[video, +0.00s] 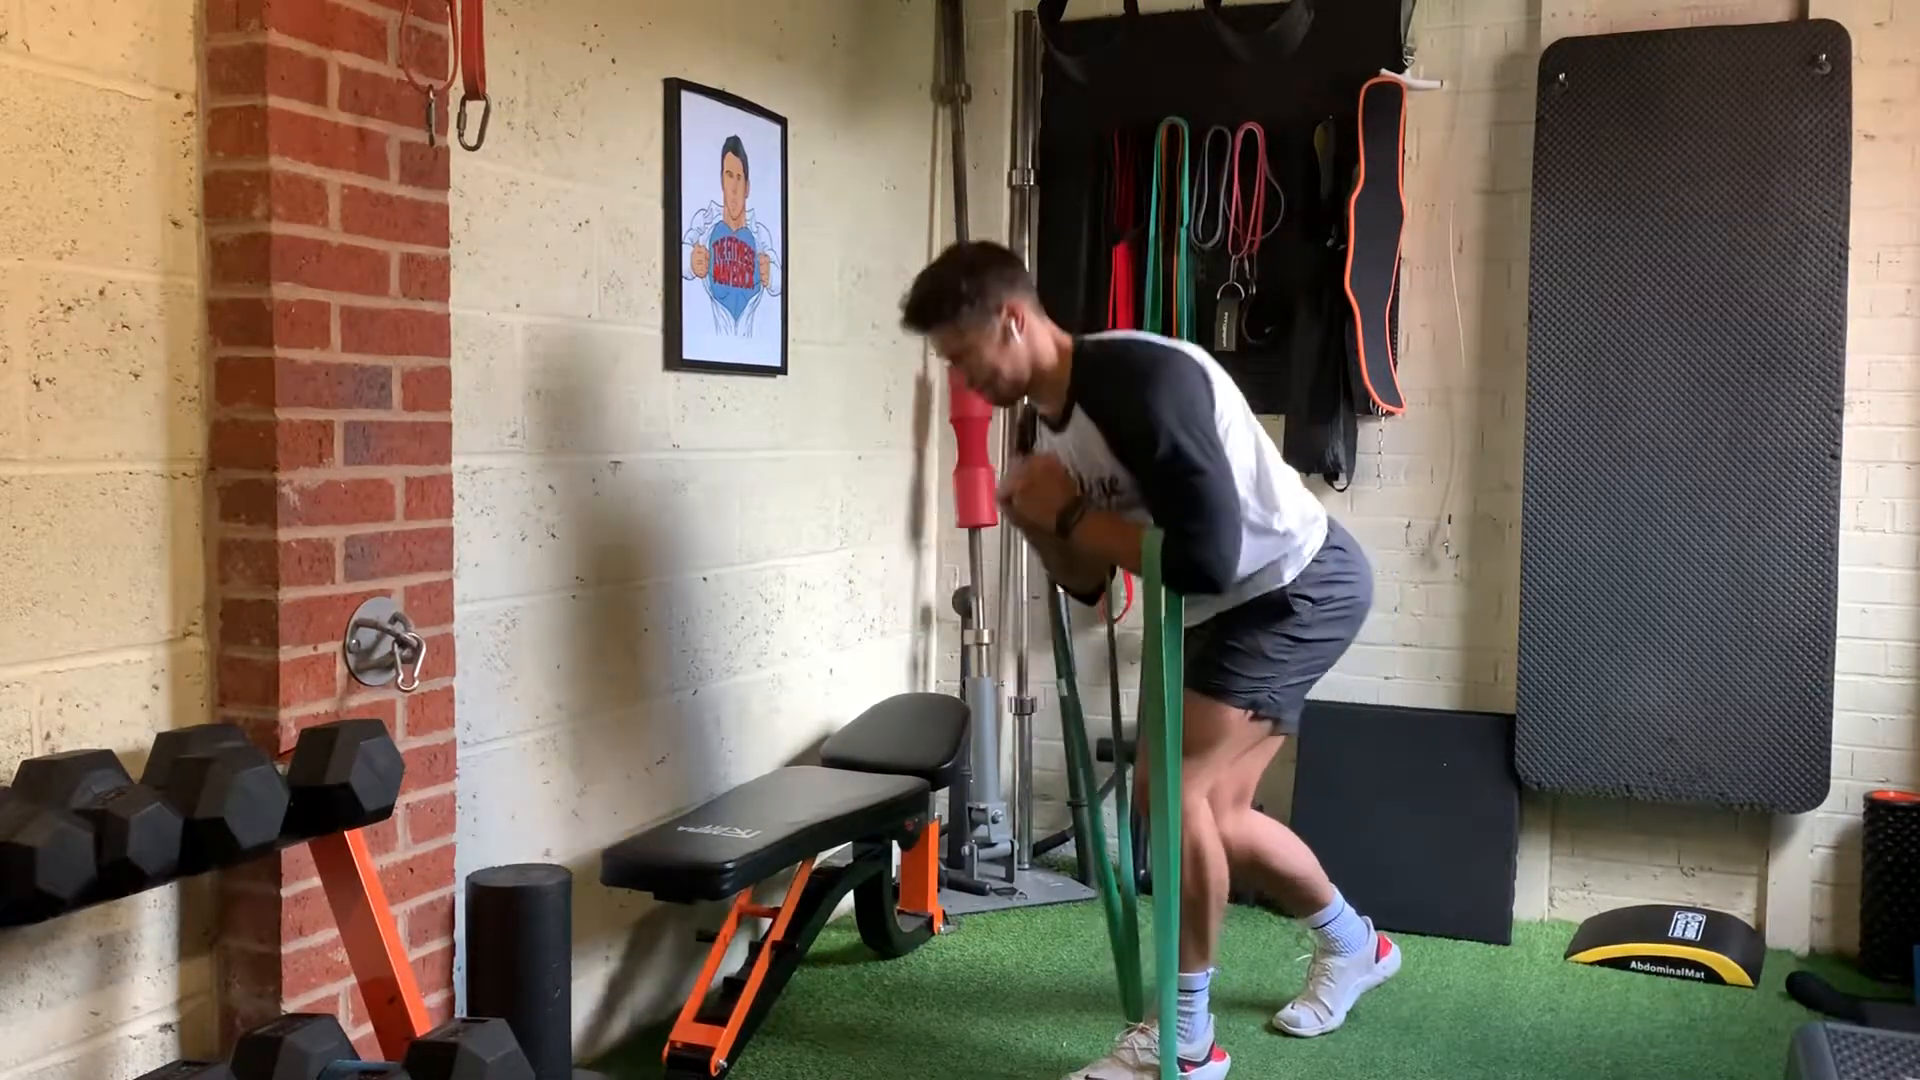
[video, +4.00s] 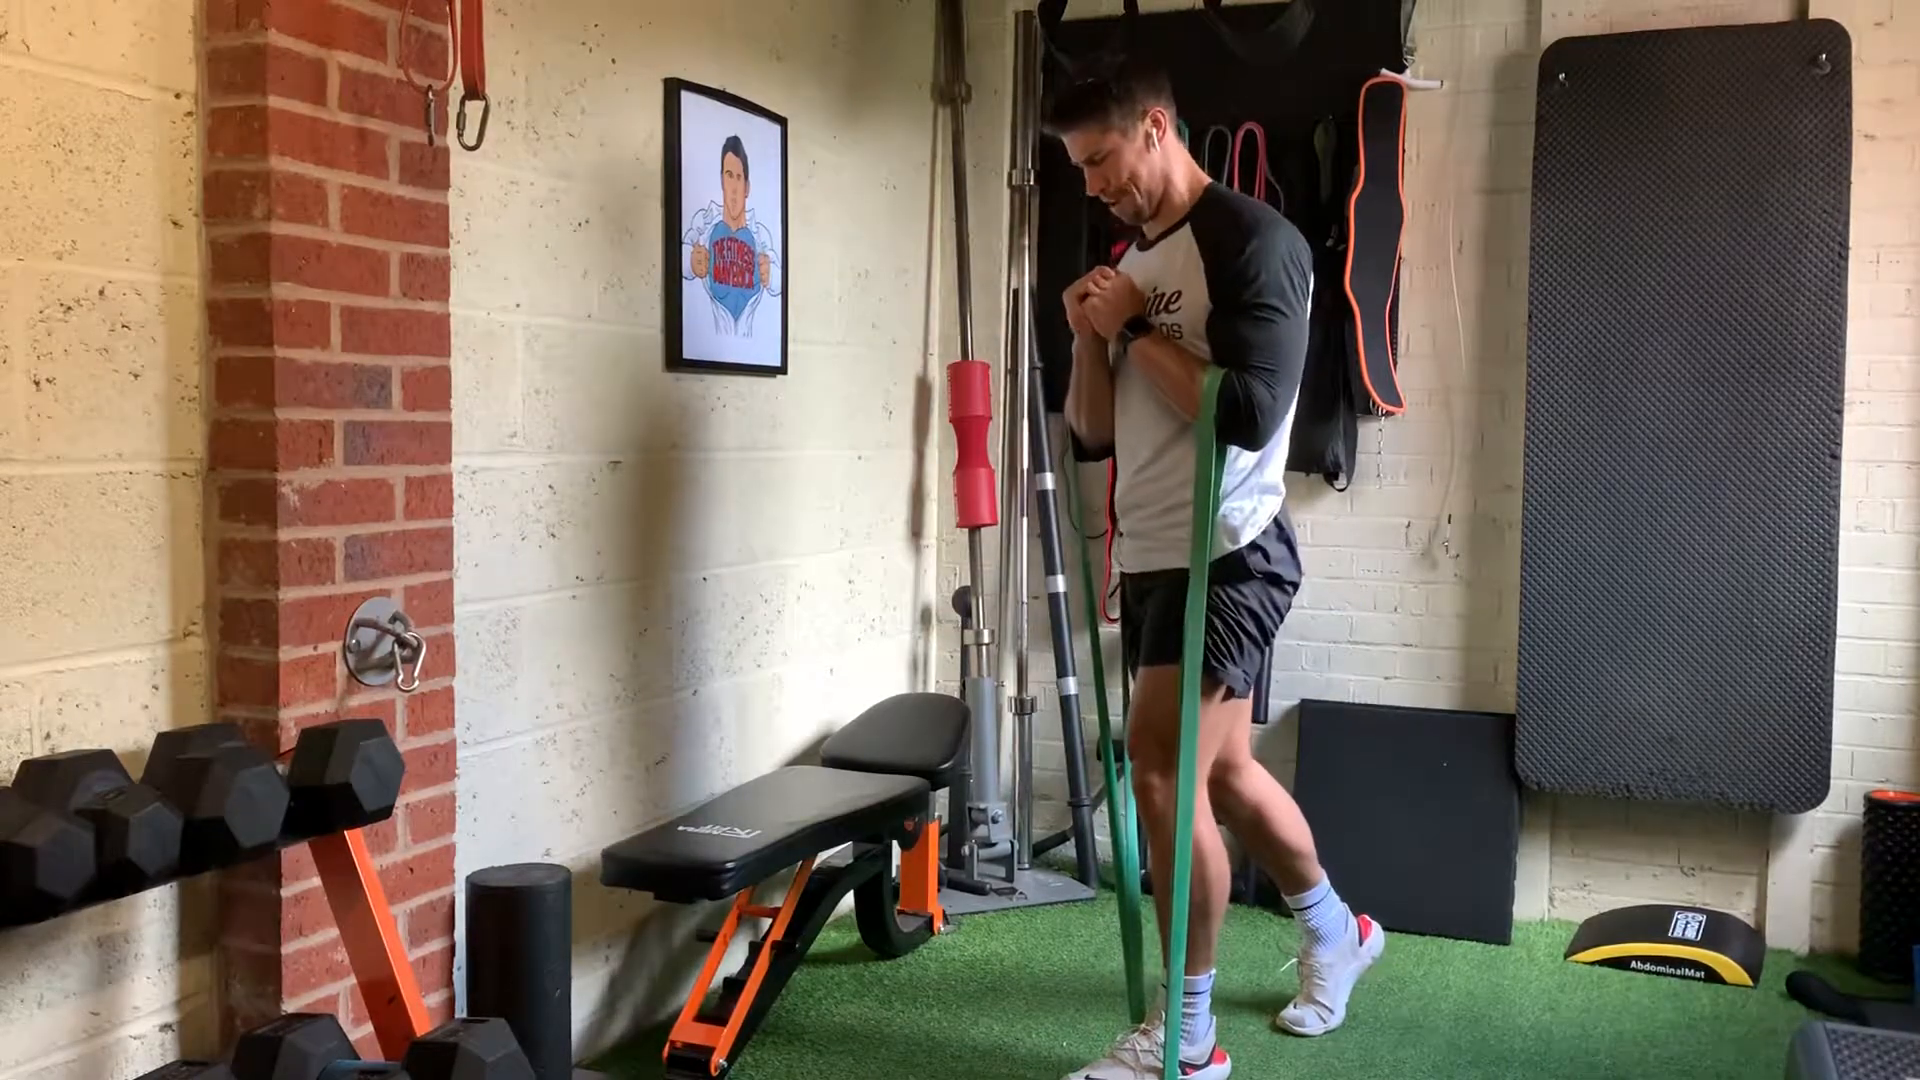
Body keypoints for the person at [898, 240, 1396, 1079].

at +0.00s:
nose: (960, 379)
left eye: (963, 355)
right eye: (948, 363)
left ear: (1017, 319)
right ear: (1011, 328)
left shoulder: (1144, 384)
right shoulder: (1032, 424)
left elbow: (1208, 561)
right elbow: (1092, 587)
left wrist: (1072, 515)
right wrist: (1041, 523)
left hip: (1300, 581)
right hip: (1226, 595)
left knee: (1173, 788)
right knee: (1221, 818)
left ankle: (1185, 1036)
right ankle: (1356, 943)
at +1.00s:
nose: (1077, 193)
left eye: (1085, 166)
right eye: (1064, 175)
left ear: (1140, 133)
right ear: (1084, 161)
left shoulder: (1247, 242)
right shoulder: (1117, 261)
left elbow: (1239, 417)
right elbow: (1095, 436)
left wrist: (1119, 334)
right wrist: (1084, 349)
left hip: (1230, 549)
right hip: (1152, 555)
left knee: (1158, 764)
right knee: (1227, 774)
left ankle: (1188, 1034)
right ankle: (1340, 934)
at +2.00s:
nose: (945, 503)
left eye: (946, 479)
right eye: (933, 485)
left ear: (997, 441)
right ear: (996, 445)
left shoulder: (1143, 469)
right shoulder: (1032, 515)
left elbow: (1224, 642)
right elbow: (1101, 657)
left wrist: (1081, 605)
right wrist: (1049, 626)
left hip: (1325, 590)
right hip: (1251, 602)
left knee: (1202, 798)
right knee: (1208, 805)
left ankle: (1188, 1038)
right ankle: (1350, 937)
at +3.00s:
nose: (975, 343)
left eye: (981, 319)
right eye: (965, 325)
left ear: (1037, 289)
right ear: (1027, 297)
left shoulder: (1171, 361)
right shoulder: (1054, 398)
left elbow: (1224, 538)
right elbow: (1092, 563)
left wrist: (1092, 492)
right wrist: (1048, 498)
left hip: (1296, 579)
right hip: (1216, 591)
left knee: (1167, 785)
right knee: (1206, 815)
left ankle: (1186, 1035)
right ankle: (1349, 937)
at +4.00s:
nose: (1096, 188)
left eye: (1105, 160)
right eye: (1082, 169)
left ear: (1161, 130)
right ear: (1086, 163)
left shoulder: (1258, 241)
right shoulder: (1122, 258)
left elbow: (1253, 416)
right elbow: (1093, 433)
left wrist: (1132, 332)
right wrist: (1093, 342)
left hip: (1233, 547)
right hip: (1153, 553)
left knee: (1162, 766)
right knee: (1228, 773)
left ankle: (1189, 1031)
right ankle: (1337, 931)